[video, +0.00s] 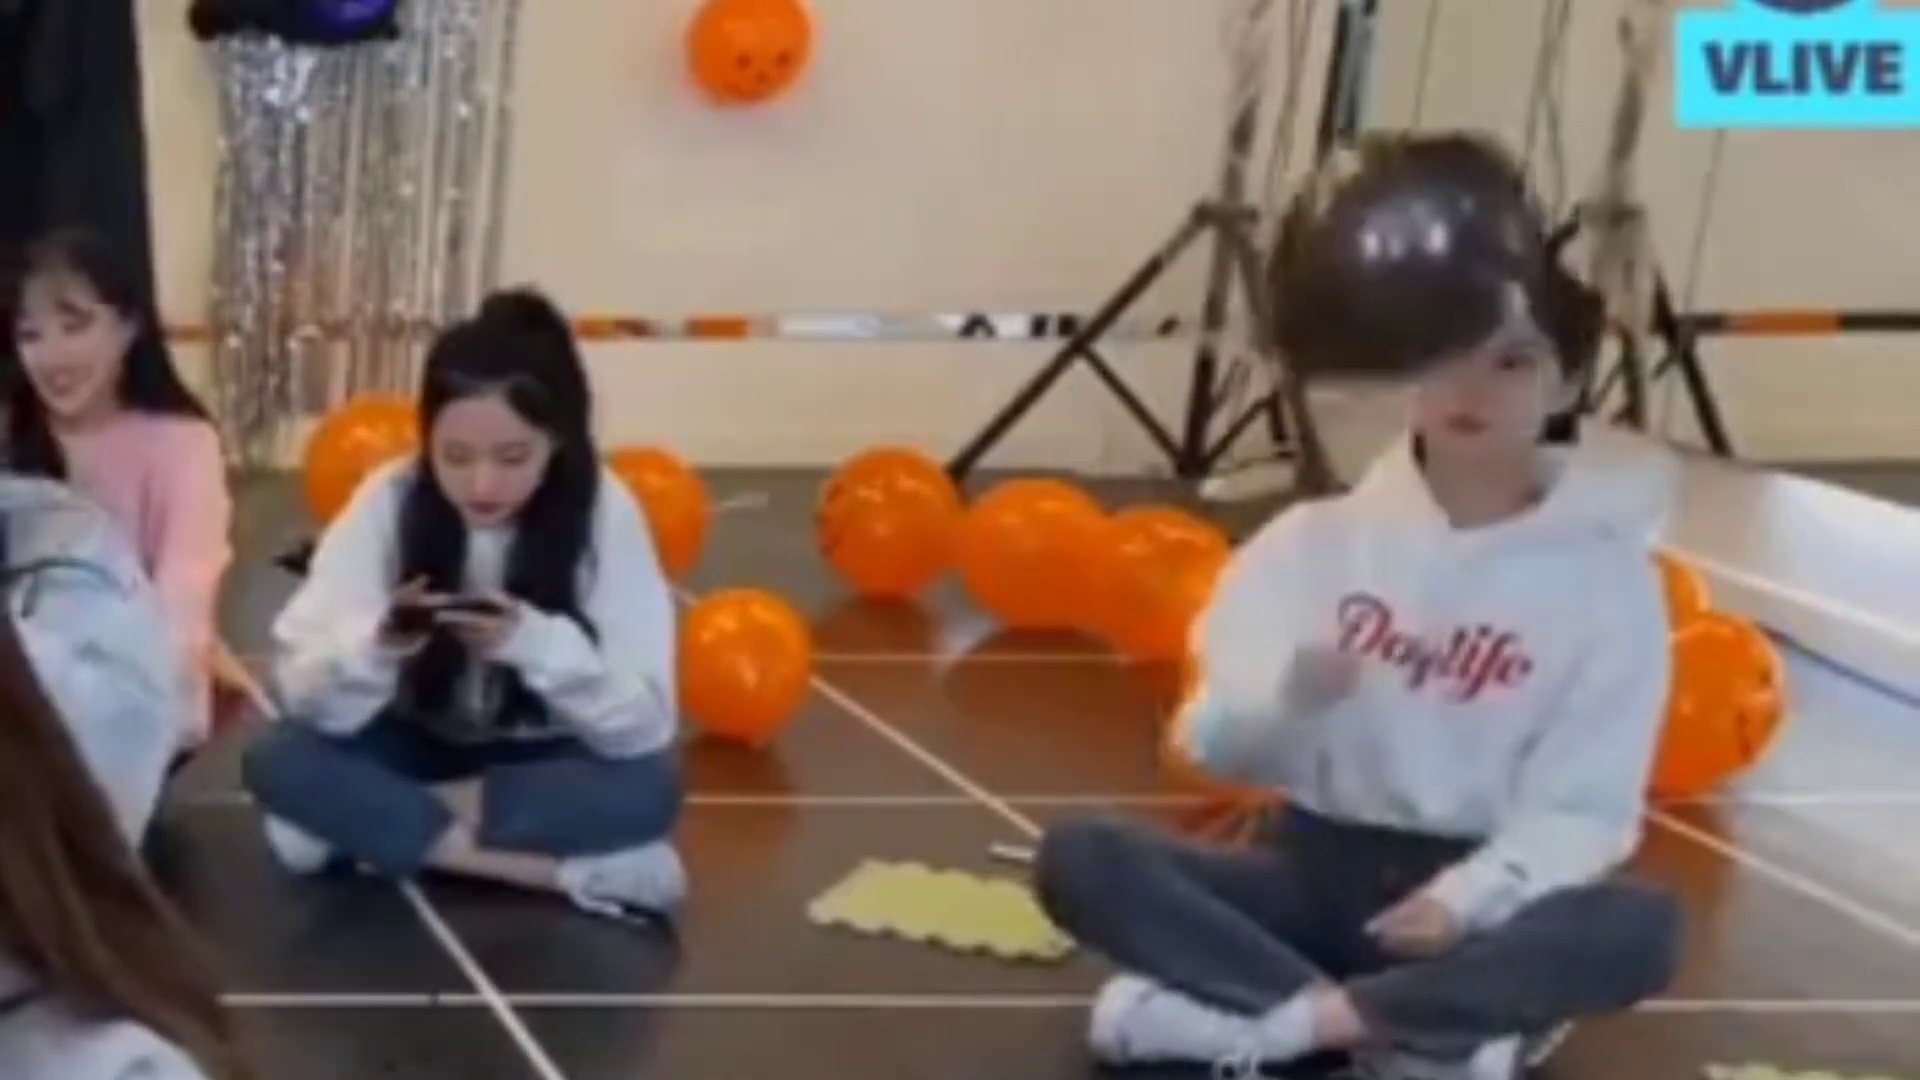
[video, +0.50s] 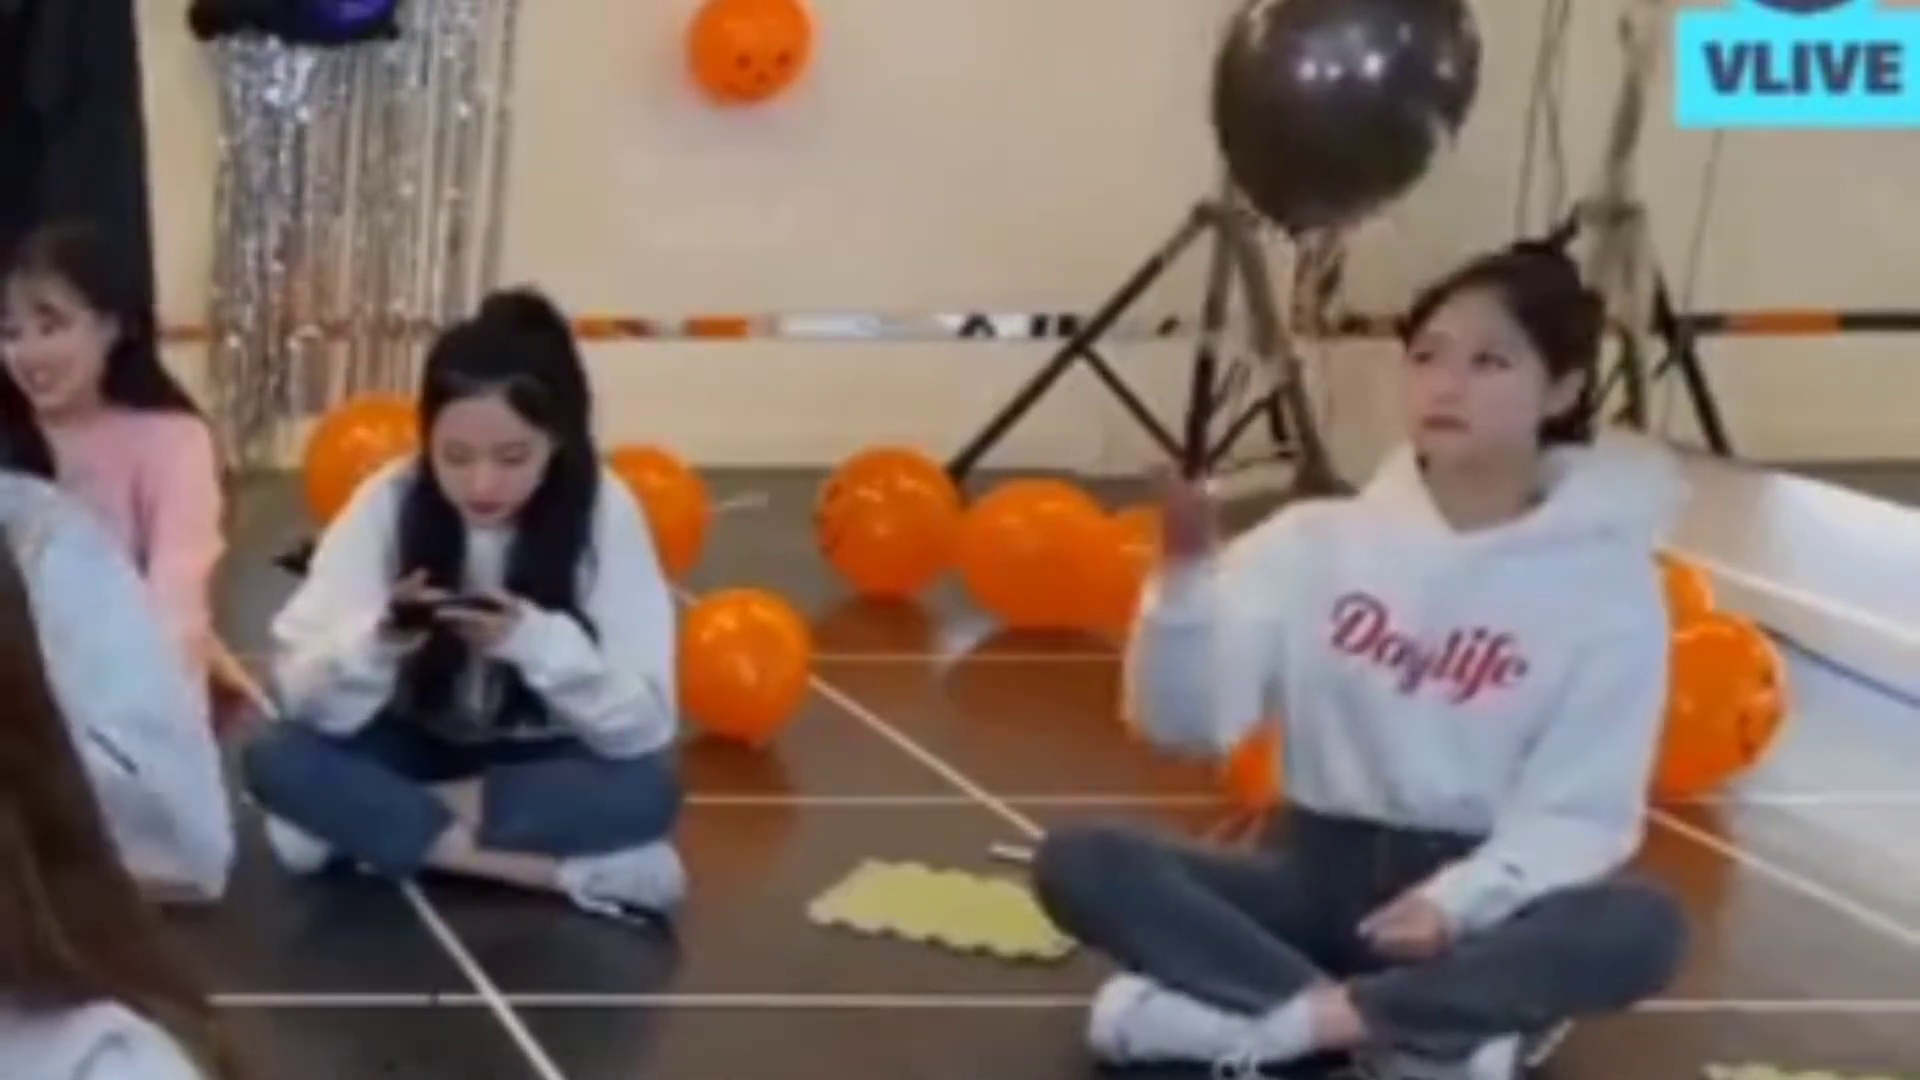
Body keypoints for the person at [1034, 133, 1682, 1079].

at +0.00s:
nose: (1470, 398)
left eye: (1511, 362)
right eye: (1435, 366)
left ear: (1565, 372)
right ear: (1391, 381)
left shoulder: (1607, 581)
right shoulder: (1310, 544)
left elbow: (1589, 812)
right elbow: (1202, 745)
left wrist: (1464, 898)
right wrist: (1288, 703)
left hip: (1479, 884)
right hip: (1307, 872)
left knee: (1640, 928)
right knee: (1077, 856)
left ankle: (1287, 1027)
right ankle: (1402, 1044)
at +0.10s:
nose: (1459, 380)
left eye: (1500, 357)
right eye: (1436, 353)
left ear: (1558, 393)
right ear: (1403, 380)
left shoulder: (1598, 579)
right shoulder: (1308, 543)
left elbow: (1590, 808)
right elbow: (1183, 764)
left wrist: (1463, 897)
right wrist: (1218, 727)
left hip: (1482, 889)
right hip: (1306, 872)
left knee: (1641, 930)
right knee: (1077, 857)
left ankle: (1277, 1033)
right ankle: (1403, 1049)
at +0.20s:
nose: (1452, 376)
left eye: (1493, 353)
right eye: (1431, 349)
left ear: (1554, 391)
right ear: (1399, 376)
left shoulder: (1594, 574)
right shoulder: (1297, 539)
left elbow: (1586, 805)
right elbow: (1188, 737)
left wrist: (1458, 901)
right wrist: (1182, 632)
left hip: (1478, 896)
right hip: (1301, 879)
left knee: (1642, 933)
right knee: (1073, 866)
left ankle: (1283, 1031)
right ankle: (1407, 1049)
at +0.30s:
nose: (1452, 375)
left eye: (1493, 353)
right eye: (1431, 349)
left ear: (1554, 391)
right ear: (1399, 376)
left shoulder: (1594, 575)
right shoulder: (1306, 534)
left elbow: (1582, 805)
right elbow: (1173, 693)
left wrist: (1456, 901)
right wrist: (1180, 557)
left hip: (1478, 894)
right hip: (1302, 875)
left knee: (1642, 933)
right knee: (1074, 866)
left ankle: (1285, 1031)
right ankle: (1409, 1048)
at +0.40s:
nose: (1448, 380)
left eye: (1492, 357)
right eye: (1431, 351)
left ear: (1559, 393)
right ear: (1402, 374)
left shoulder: (1600, 579)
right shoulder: (1310, 537)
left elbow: (1584, 810)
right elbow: (1179, 701)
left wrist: (1456, 901)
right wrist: (1192, 527)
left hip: (1477, 897)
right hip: (1301, 879)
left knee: (1643, 932)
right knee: (1075, 865)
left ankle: (1281, 1032)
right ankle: (1412, 1050)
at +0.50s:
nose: (1445, 386)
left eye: (1490, 363)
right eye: (1428, 357)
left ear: (1560, 391)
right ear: (1402, 376)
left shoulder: (1606, 581)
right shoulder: (1313, 541)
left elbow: (1588, 811)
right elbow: (1187, 729)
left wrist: (1457, 901)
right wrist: (1184, 573)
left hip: (1482, 897)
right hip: (1304, 880)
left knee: (1645, 928)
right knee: (1077, 862)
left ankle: (1280, 1033)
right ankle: (1410, 1050)